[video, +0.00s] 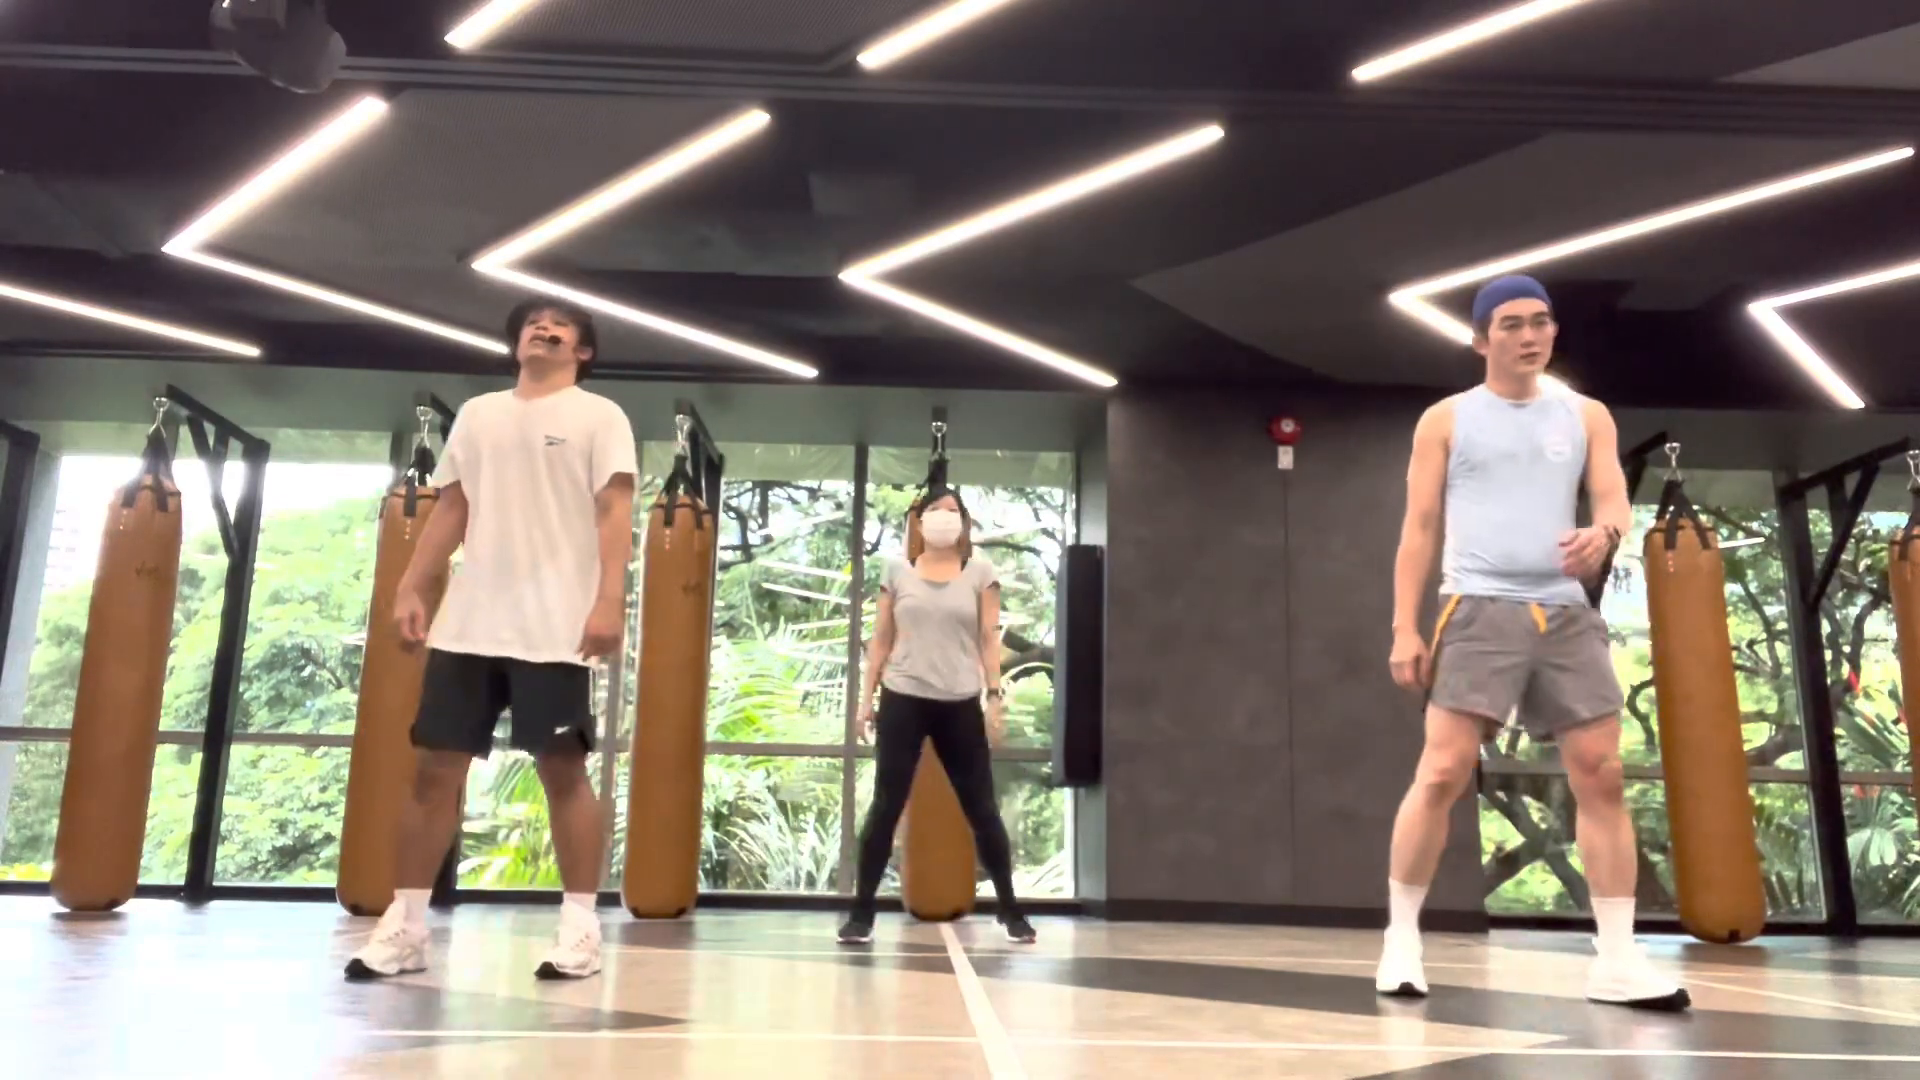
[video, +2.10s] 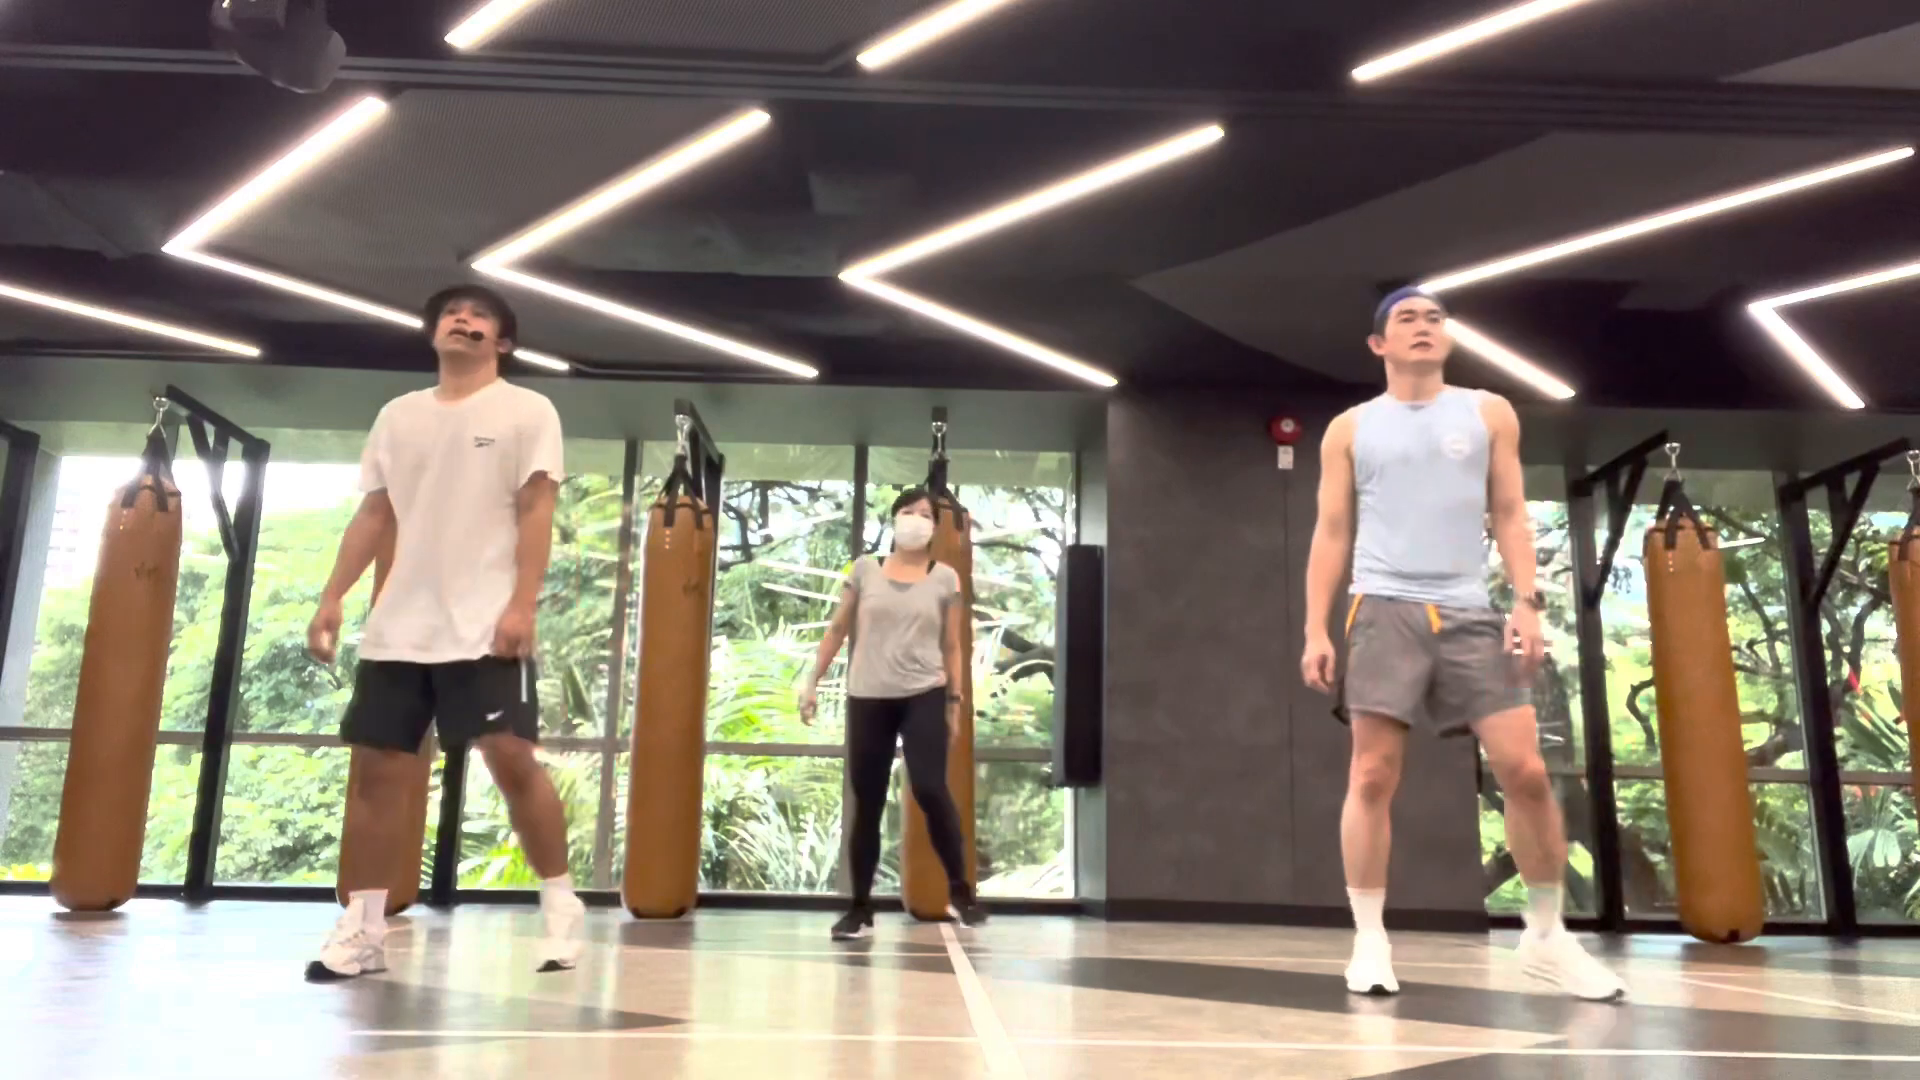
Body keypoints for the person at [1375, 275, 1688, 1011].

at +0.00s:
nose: (1527, 334)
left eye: (1538, 322)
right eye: (1510, 323)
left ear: (1554, 333)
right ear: (1483, 338)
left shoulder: (1589, 417)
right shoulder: (1444, 421)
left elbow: (1614, 502)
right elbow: (1420, 528)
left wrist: (1604, 534)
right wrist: (1405, 626)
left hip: (1569, 619)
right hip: (1477, 618)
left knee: (1602, 775)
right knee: (1441, 775)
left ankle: (1617, 957)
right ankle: (1401, 941)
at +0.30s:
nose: (1462, 349)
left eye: (1473, 336)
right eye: (1447, 337)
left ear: (1486, 344)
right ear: (1415, 345)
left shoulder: (1512, 421)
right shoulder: (1375, 424)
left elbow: (1529, 523)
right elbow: (1349, 527)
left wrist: (1552, 618)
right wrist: (1335, 622)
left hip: (1498, 617)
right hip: (1409, 614)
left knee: (1548, 773)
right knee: (1398, 775)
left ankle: (1589, 954)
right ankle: (1396, 949)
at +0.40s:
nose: (1451, 349)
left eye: (1462, 336)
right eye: (1436, 336)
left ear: (1475, 342)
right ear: (1406, 345)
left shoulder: (1502, 421)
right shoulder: (1365, 425)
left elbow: (1516, 532)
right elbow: (1338, 528)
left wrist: (1535, 630)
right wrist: (1319, 625)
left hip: (1486, 617)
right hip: (1401, 614)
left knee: (1523, 774)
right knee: (1394, 778)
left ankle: (1529, 944)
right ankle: (1397, 946)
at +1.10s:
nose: (1525, 321)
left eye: (1533, 314)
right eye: (1506, 314)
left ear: (1545, 341)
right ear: (1474, 343)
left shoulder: (1575, 427)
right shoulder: (1450, 418)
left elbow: (1584, 534)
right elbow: (1418, 519)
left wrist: (1591, 618)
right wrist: (1429, 608)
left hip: (1572, 622)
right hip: (1491, 620)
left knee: (1594, 783)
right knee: (1455, 775)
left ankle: (1605, 956)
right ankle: (1409, 941)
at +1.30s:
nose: (1547, 323)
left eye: (1554, 318)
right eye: (1528, 319)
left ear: (1567, 346)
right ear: (1498, 350)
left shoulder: (1597, 434)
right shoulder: (1472, 417)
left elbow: (1637, 526)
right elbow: (1444, 520)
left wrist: (1676, 594)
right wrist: (1457, 616)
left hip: (1597, 620)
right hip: (1517, 618)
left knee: (1604, 780)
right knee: (1535, 771)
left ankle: (1605, 954)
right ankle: (1490, 924)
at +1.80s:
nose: (1504, 325)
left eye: (1513, 319)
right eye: (1486, 321)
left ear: (1530, 346)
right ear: (1458, 351)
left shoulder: (1572, 419)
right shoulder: (1430, 428)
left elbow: (1592, 511)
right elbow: (1414, 531)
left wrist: (1603, 527)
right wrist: (1400, 622)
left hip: (1555, 623)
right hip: (1463, 621)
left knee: (1585, 780)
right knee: (1424, 773)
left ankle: (1603, 956)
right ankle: (1379, 938)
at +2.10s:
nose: (1424, 325)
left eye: (1434, 317)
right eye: (1407, 319)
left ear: (1450, 340)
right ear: (1379, 345)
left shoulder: (1490, 412)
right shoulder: (1348, 428)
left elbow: (1510, 514)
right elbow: (1331, 531)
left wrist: (1527, 601)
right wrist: (1316, 626)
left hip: (1473, 618)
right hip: (1384, 617)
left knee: (1528, 773)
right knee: (1372, 777)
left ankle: (1547, 937)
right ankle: (1369, 943)